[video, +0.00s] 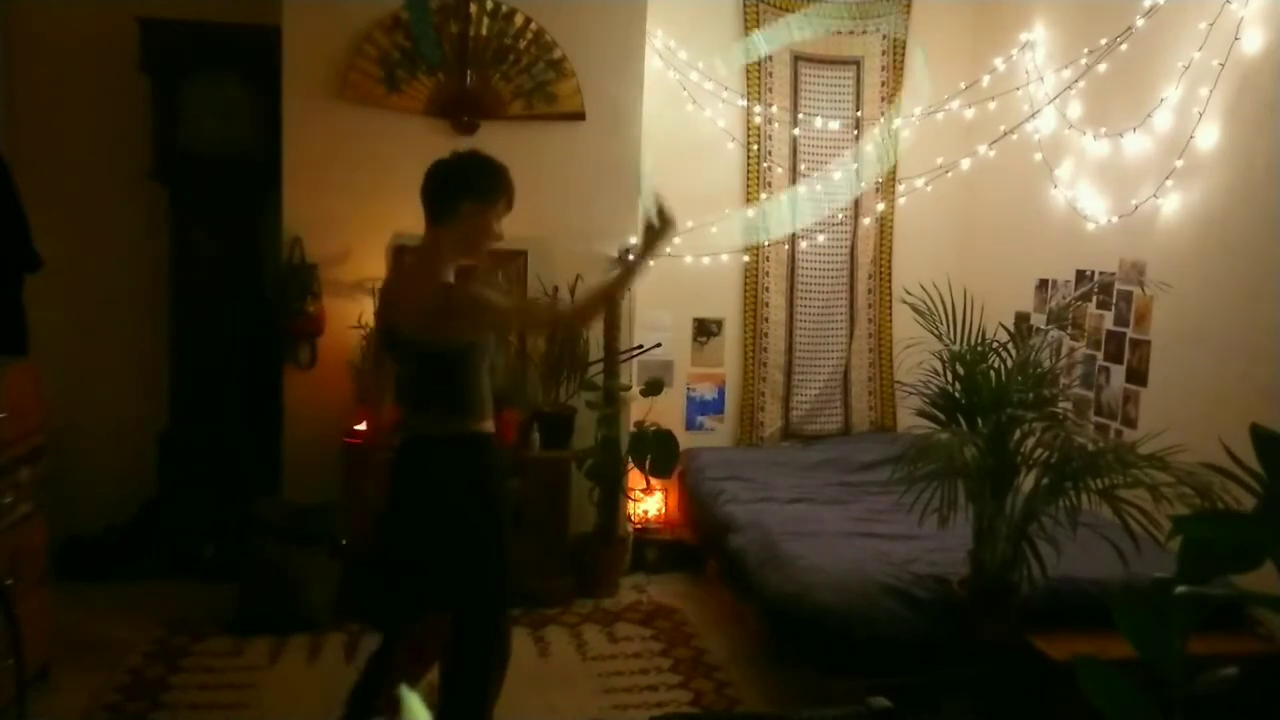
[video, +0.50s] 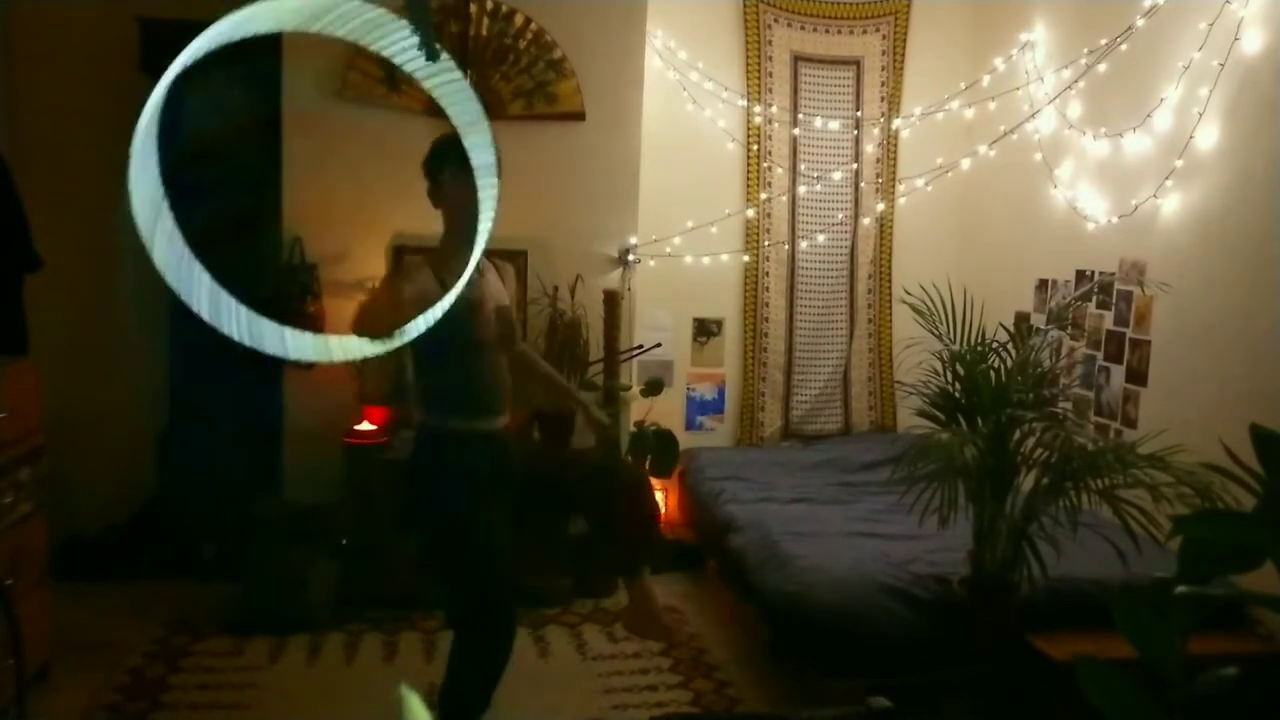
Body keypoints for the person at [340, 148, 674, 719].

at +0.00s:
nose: (500, 229)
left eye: (501, 215)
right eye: (495, 213)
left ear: (445, 210)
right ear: (462, 210)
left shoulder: (414, 284)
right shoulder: (437, 287)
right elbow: (563, 320)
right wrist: (641, 256)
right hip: (451, 469)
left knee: (414, 626)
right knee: (478, 633)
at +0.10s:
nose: (506, 231)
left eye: (506, 216)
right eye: (499, 215)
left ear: (459, 215)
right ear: (461, 212)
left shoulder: (438, 290)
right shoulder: (436, 297)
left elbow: (506, 380)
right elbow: (519, 389)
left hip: (459, 475)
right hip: (455, 479)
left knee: (461, 635)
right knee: (479, 649)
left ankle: (421, 706)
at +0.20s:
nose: (507, 224)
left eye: (506, 210)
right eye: (496, 210)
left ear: (466, 216)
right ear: (458, 213)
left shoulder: (465, 290)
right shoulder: (436, 300)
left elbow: (480, 403)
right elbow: (448, 425)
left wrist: (533, 426)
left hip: (476, 477)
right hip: (451, 485)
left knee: (485, 654)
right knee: (475, 664)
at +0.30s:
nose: (495, 217)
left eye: (496, 204)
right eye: (482, 205)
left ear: (495, 209)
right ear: (445, 212)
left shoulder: (484, 283)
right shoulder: (428, 297)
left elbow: (490, 385)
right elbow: (420, 414)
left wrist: (521, 431)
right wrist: (505, 436)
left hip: (492, 468)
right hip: (452, 477)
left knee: (495, 623)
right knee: (465, 630)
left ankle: (492, 707)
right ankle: (466, 711)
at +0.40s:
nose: (487, 207)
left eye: (492, 194)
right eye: (472, 196)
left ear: (499, 201)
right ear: (442, 204)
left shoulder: (495, 278)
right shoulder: (425, 284)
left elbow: (498, 360)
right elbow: (390, 380)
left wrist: (546, 413)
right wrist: (464, 382)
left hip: (491, 452)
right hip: (447, 461)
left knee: (490, 602)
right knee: (477, 607)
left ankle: (473, 705)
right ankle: (466, 708)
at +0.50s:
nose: (478, 194)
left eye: (482, 180)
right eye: (463, 181)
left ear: (488, 186)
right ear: (438, 190)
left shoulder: (492, 274)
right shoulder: (420, 273)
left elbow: (518, 356)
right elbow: (371, 333)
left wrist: (581, 405)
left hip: (493, 456)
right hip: (446, 459)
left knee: (489, 612)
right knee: (485, 615)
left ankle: (458, 706)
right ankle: (456, 708)